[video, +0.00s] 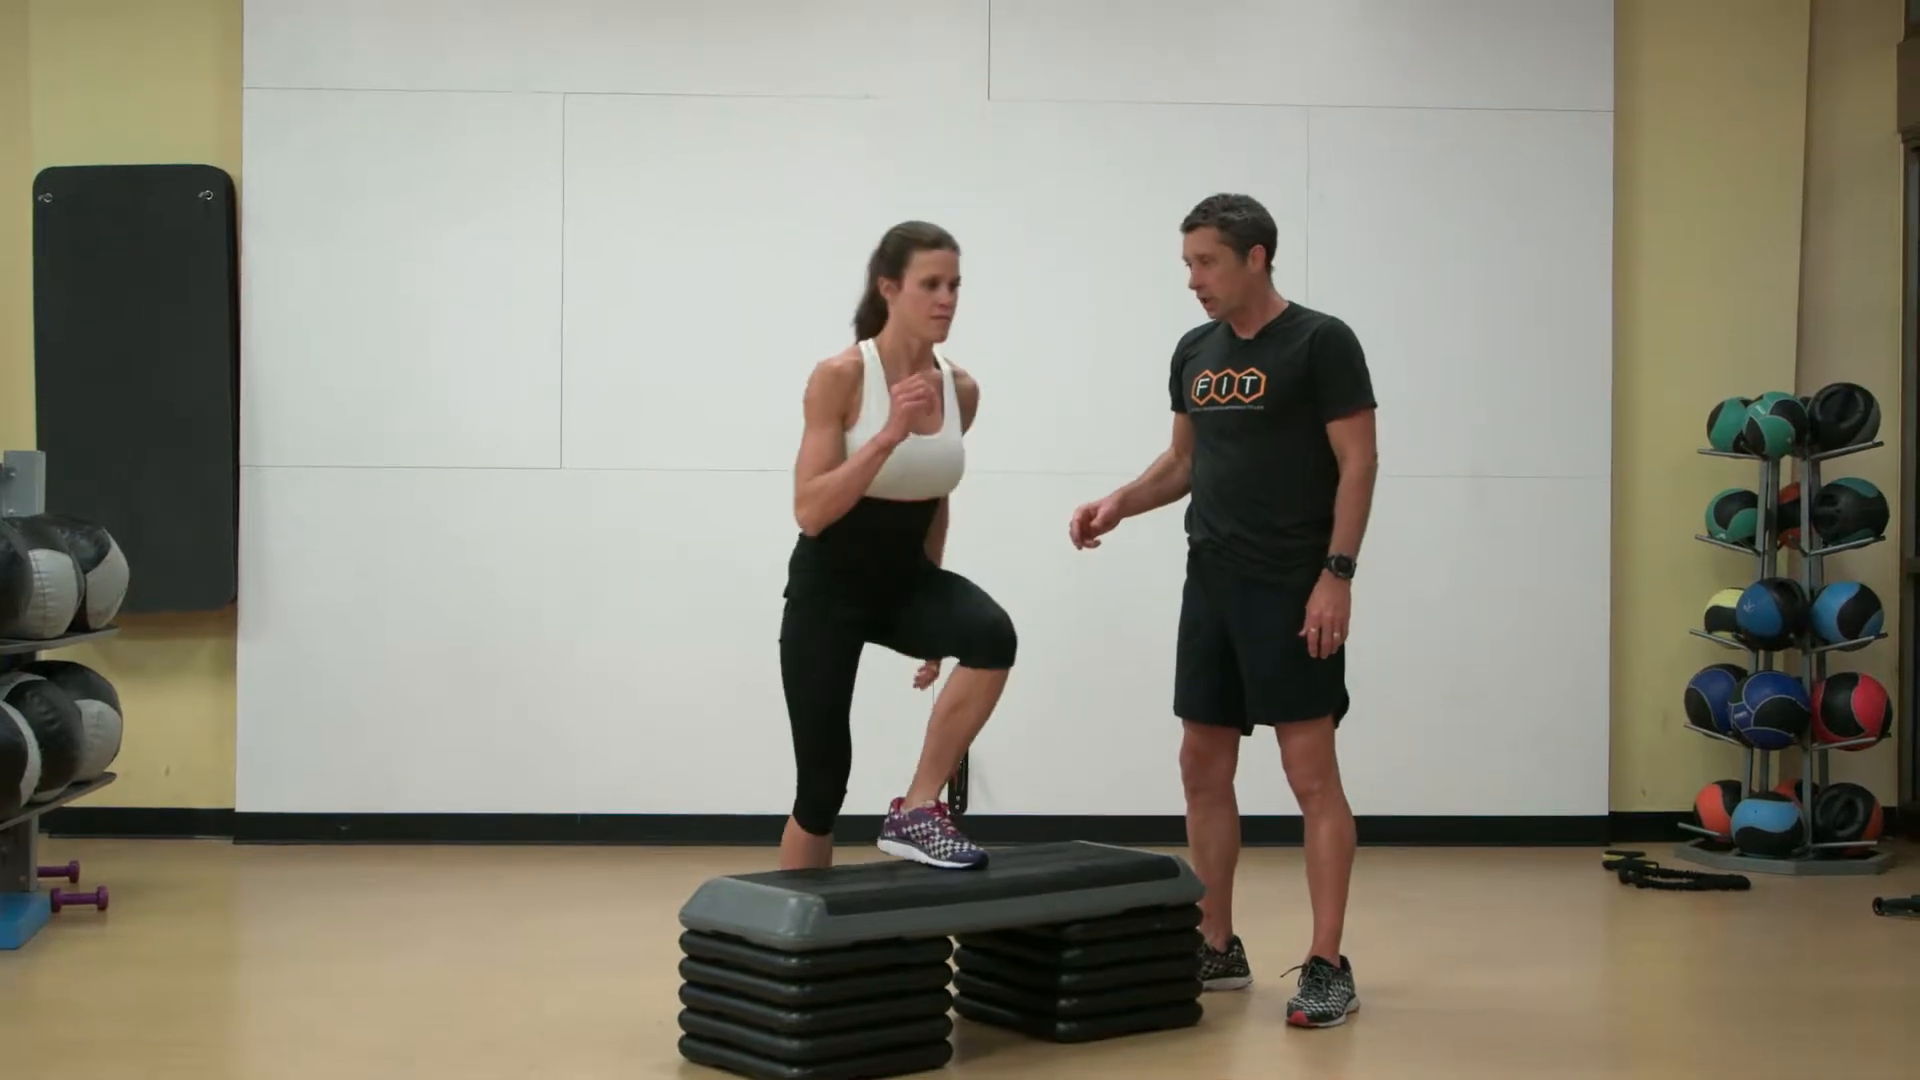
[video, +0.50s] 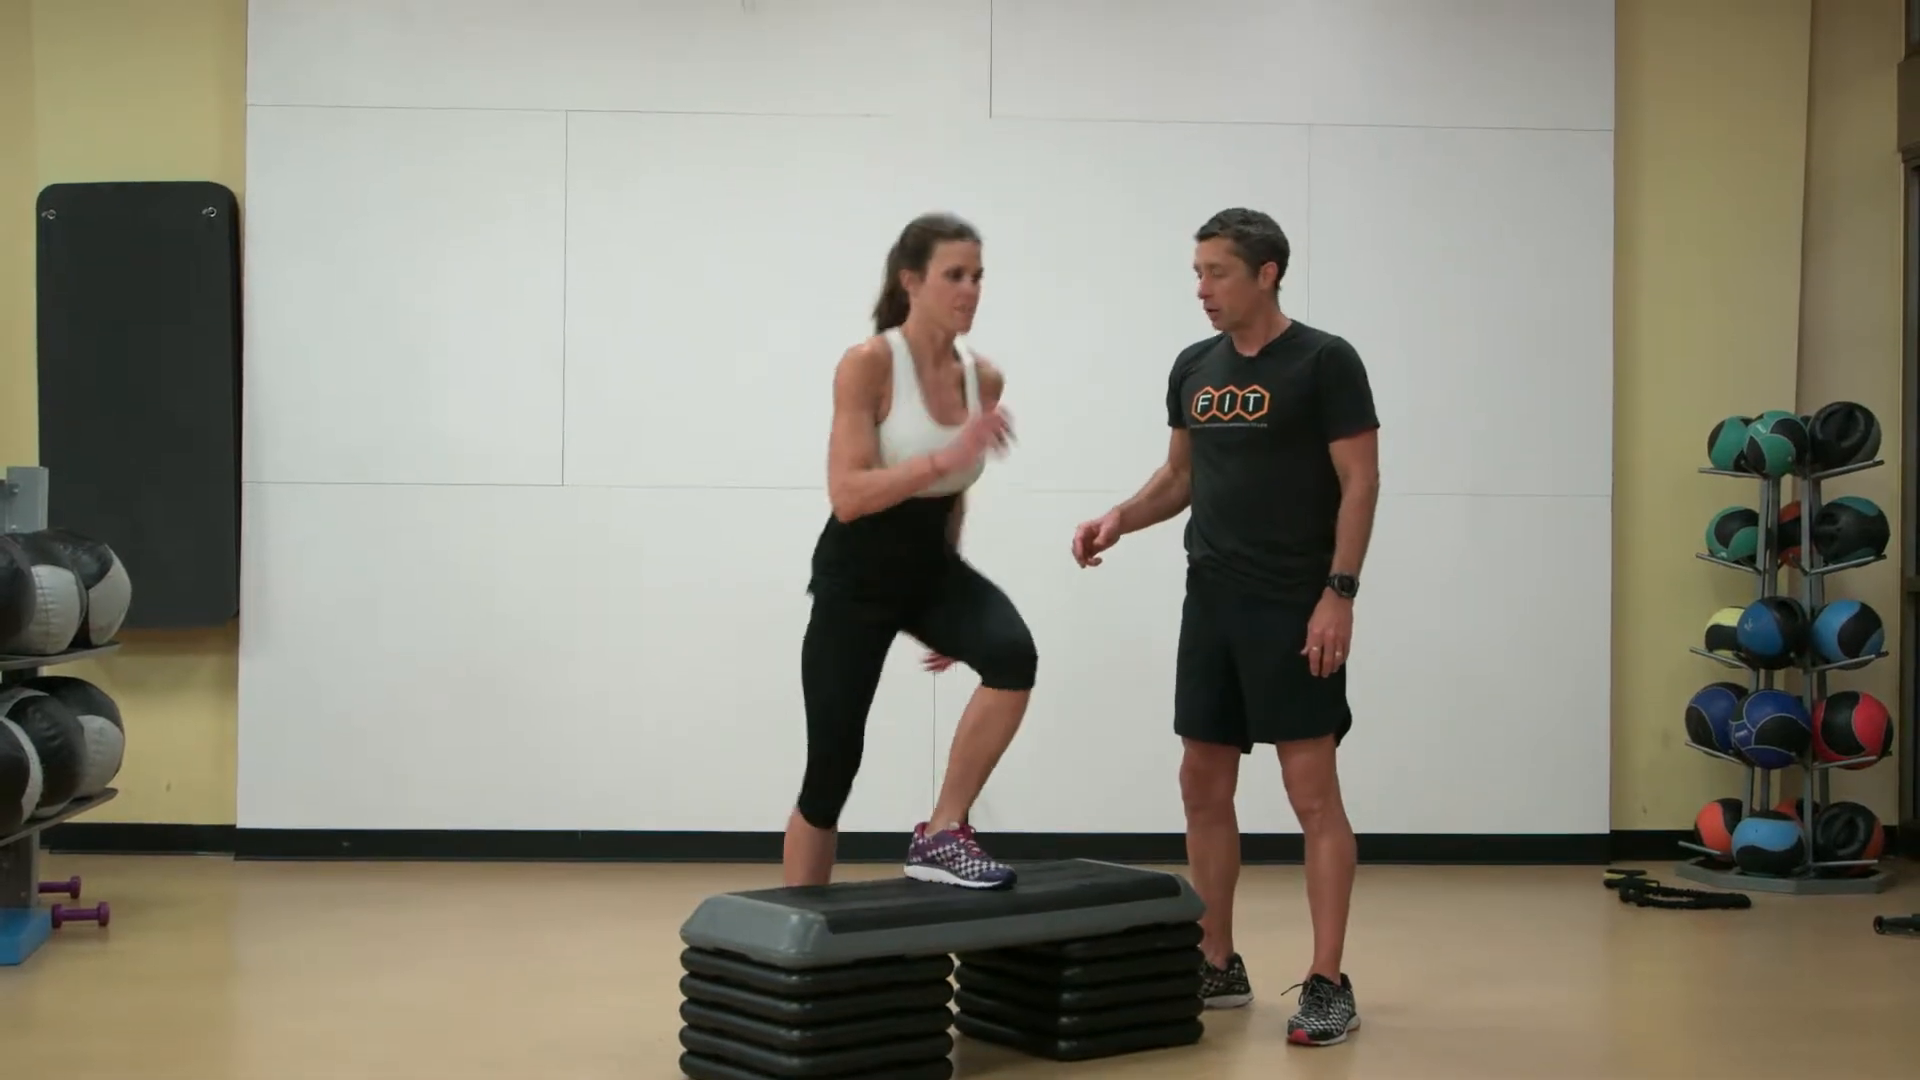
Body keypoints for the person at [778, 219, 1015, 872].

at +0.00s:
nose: (948, 299)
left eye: (954, 284)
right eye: (932, 284)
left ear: (958, 290)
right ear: (888, 288)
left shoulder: (958, 390)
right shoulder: (840, 378)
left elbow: (935, 508)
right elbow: (811, 511)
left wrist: (932, 626)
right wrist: (891, 434)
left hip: (906, 582)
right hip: (828, 587)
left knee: (992, 637)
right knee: (823, 792)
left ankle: (917, 809)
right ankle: (794, 951)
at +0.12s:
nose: (936, 295)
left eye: (942, 281)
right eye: (920, 280)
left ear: (946, 287)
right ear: (876, 284)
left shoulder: (946, 383)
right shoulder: (829, 372)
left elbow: (925, 499)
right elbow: (795, 502)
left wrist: (916, 612)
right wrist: (872, 424)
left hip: (899, 575)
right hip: (824, 580)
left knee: (983, 625)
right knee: (815, 783)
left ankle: (923, 805)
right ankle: (792, 950)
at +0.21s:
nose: (932, 297)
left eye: (938, 283)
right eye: (916, 283)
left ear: (944, 290)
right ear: (872, 288)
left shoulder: (944, 388)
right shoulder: (825, 376)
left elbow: (920, 502)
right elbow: (796, 502)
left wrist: (911, 616)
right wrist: (870, 419)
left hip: (898, 576)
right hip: (824, 580)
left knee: (982, 627)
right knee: (814, 784)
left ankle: (925, 811)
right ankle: (793, 949)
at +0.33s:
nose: (941, 304)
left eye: (946, 289)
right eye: (924, 289)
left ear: (952, 296)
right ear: (880, 296)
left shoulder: (952, 395)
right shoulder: (835, 382)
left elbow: (922, 508)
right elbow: (811, 511)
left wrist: (909, 619)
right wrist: (884, 425)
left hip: (904, 583)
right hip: (830, 589)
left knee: (991, 637)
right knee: (819, 792)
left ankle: (940, 822)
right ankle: (791, 958)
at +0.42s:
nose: (954, 306)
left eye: (959, 292)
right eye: (938, 292)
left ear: (963, 298)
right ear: (893, 299)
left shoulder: (963, 395)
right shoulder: (847, 386)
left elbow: (929, 510)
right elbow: (829, 514)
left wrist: (919, 622)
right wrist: (912, 438)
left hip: (914, 583)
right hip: (840, 590)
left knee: (1001, 648)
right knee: (829, 803)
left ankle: (942, 827)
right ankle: (794, 959)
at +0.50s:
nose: (971, 289)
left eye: (977, 275)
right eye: (955, 275)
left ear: (981, 282)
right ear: (909, 282)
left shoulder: (980, 379)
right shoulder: (867, 367)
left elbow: (953, 500)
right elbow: (846, 497)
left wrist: (945, 615)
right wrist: (952, 454)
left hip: (930, 570)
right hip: (855, 576)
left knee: (1012, 656)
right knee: (832, 768)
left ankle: (943, 833)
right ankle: (801, 939)